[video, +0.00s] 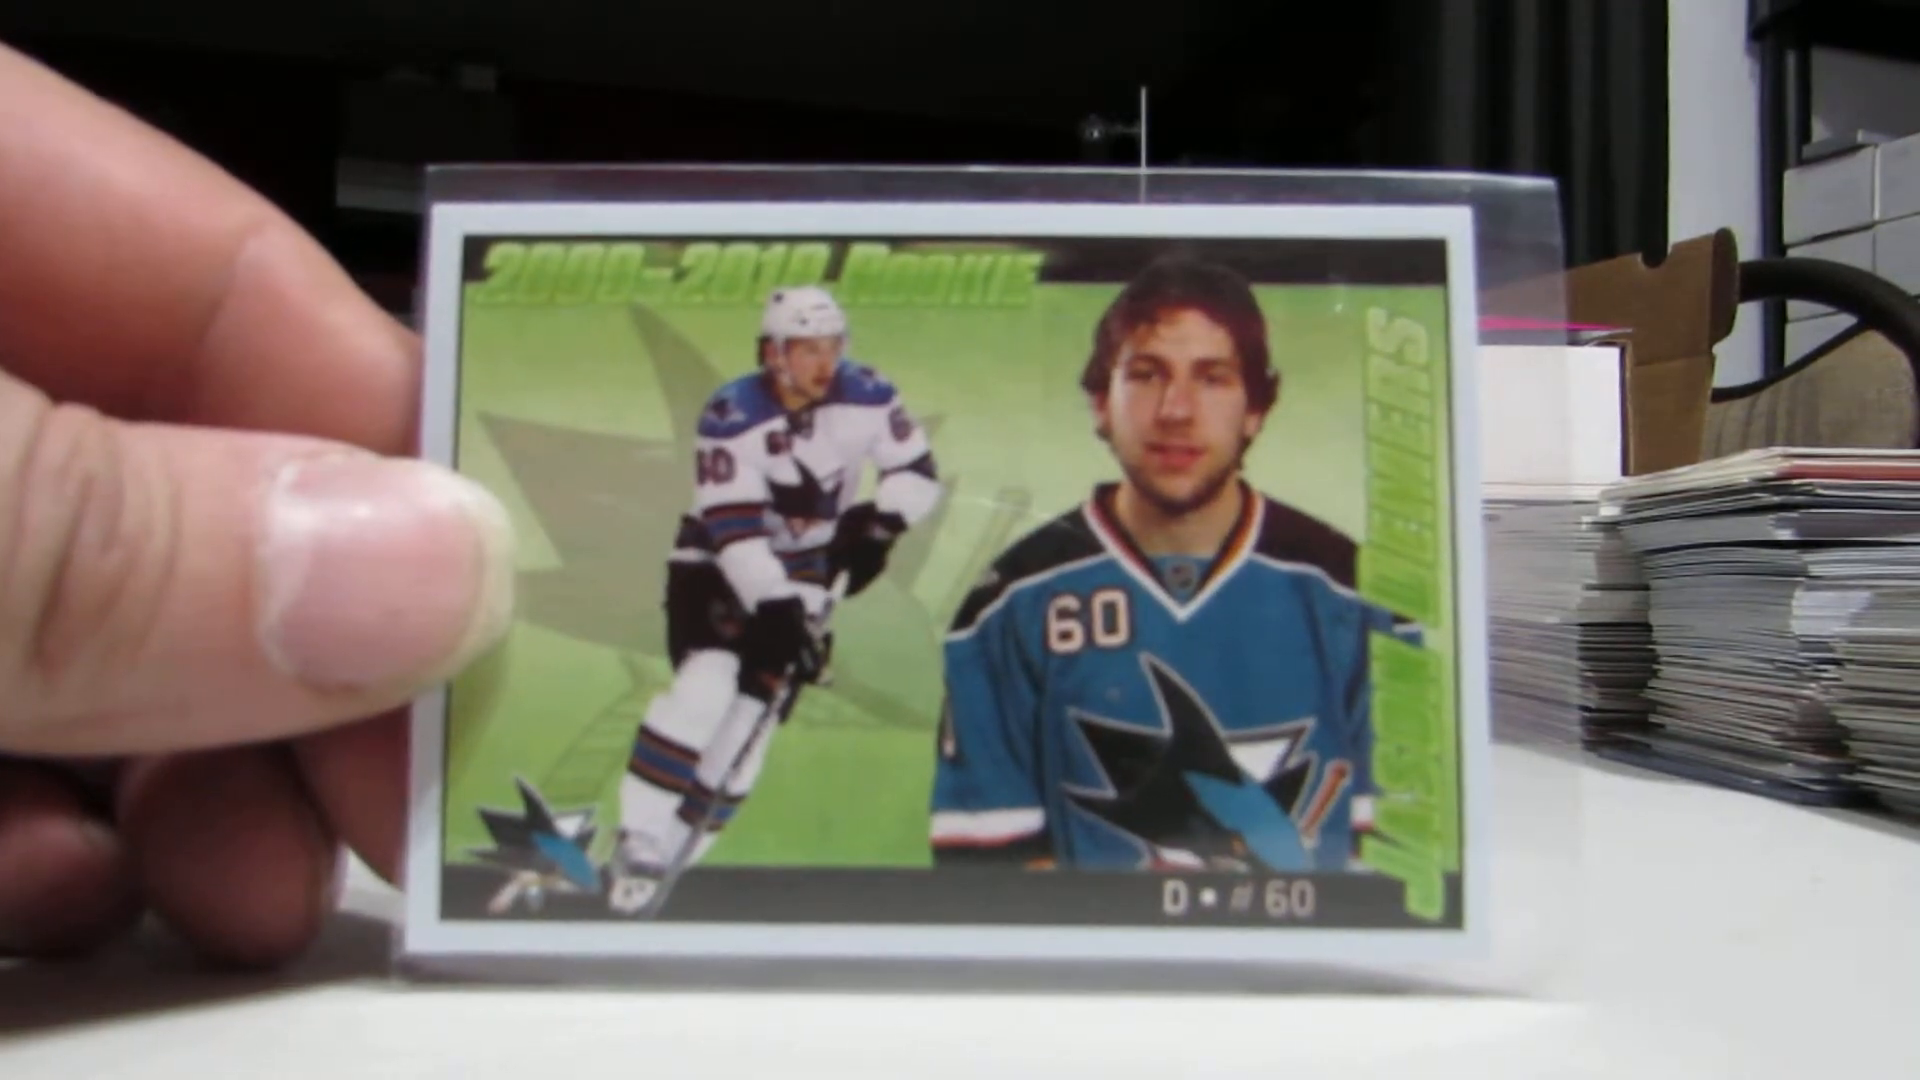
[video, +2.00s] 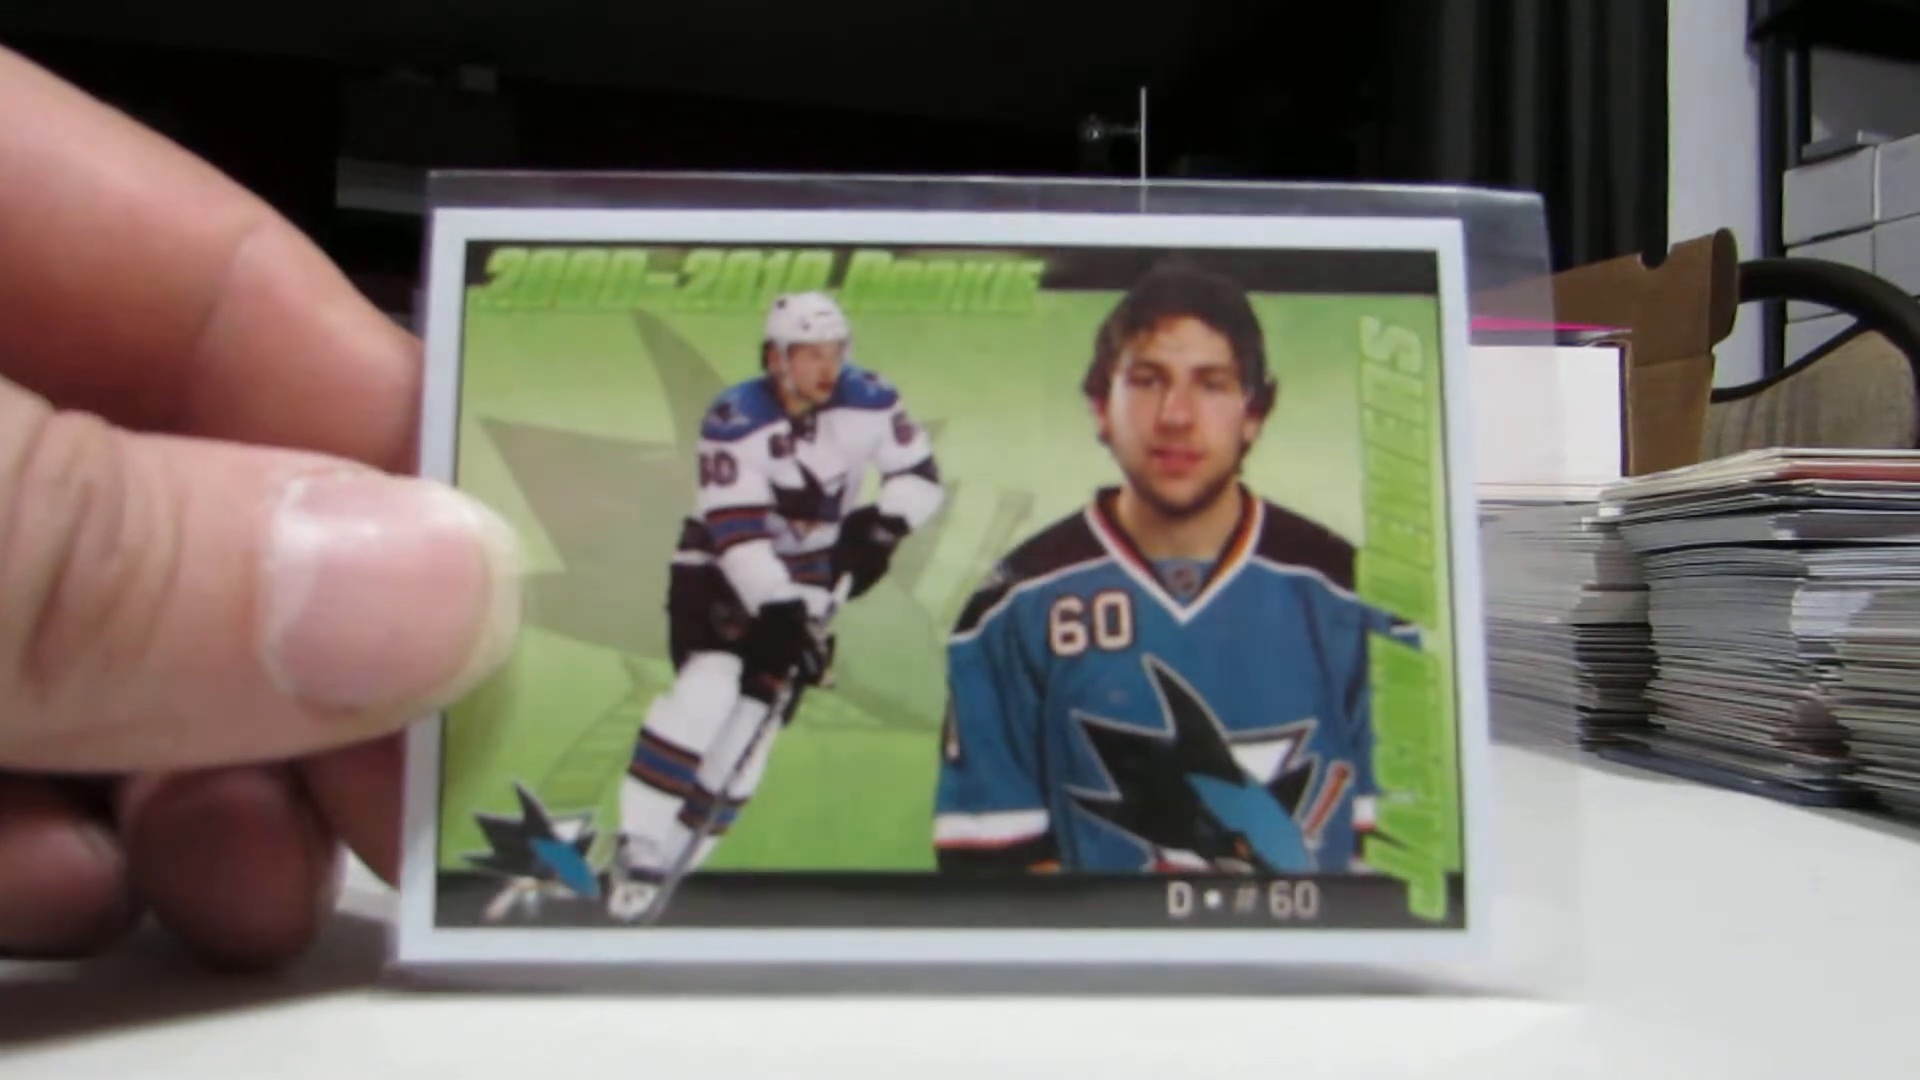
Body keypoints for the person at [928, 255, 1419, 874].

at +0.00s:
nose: (1175, 408)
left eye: (1211, 377)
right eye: (1145, 374)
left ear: (1254, 411)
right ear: (1101, 404)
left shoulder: (1351, 586)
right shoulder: (1015, 601)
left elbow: (1396, 853)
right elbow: (988, 876)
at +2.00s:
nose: (1175, 414)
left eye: (1210, 383)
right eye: (1146, 380)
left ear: (1252, 415)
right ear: (1101, 409)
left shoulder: (1349, 589)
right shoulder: (1016, 606)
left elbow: (1395, 848)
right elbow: (992, 868)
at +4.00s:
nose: (1177, 411)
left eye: (1213, 380)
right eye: (1147, 377)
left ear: (1255, 414)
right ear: (1102, 407)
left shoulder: (1355, 589)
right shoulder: (1017, 605)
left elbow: (1400, 855)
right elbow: (994, 874)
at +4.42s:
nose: (1177, 411)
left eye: (1212, 381)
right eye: (1147, 377)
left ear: (1255, 416)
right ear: (1103, 408)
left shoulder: (1355, 589)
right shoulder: (1017, 605)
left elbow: (1402, 856)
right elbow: (993, 877)